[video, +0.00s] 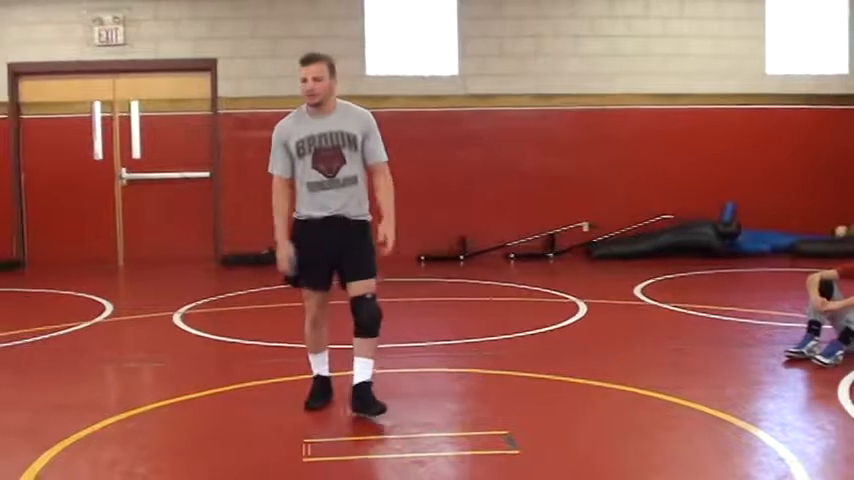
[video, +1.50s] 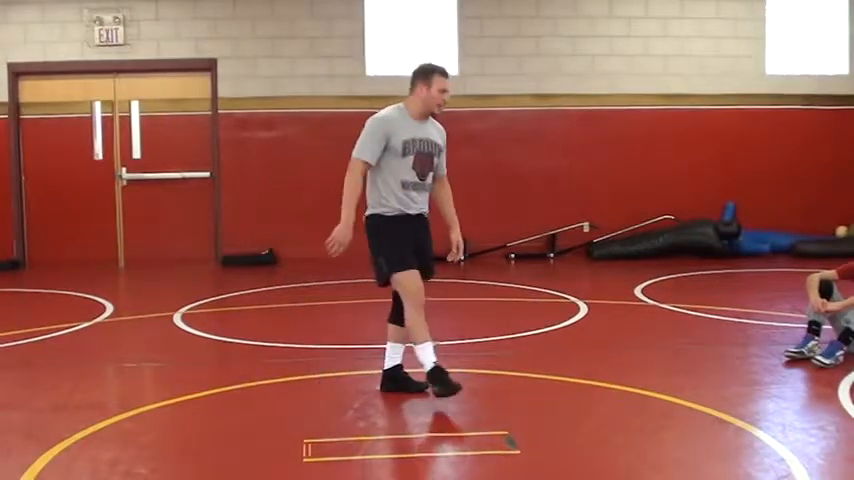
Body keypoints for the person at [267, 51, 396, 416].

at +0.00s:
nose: (310, 86)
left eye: (317, 79)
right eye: (304, 80)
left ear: (333, 82)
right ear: (299, 84)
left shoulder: (361, 120)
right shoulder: (286, 130)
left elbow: (380, 173)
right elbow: (281, 186)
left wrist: (388, 220)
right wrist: (282, 240)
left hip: (355, 226)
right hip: (310, 228)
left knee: (366, 311)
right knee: (314, 309)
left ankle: (362, 388)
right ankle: (321, 380)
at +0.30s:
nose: (301, 91)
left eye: (308, 84)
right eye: (296, 85)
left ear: (328, 85)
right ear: (293, 88)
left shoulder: (359, 119)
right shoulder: (283, 131)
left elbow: (381, 164)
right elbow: (262, 180)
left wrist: (365, 203)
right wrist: (243, 228)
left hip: (355, 223)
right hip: (312, 227)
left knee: (365, 308)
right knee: (317, 306)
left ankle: (355, 382)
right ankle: (321, 380)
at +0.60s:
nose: (335, 89)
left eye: (340, 82)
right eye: (327, 83)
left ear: (347, 84)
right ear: (313, 87)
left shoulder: (367, 121)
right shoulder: (293, 129)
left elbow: (387, 170)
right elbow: (279, 179)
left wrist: (406, 216)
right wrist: (303, 213)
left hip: (362, 222)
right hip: (321, 225)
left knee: (387, 300)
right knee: (321, 304)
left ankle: (387, 372)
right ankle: (322, 380)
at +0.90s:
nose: (385, 89)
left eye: (386, 83)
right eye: (379, 84)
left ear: (372, 87)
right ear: (357, 86)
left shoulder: (389, 123)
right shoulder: (328, 125)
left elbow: (400, 172)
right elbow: (310, 177)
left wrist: (414, 214)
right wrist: (359, 170)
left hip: (383, 221)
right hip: (345, 224)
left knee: (396, 299)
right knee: (336, 303)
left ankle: (392, 371)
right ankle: (325, 379)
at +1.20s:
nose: (422, 94)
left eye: (423, 88)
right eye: (418, 88)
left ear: (407, 88)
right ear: (396, 86)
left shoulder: (417, 128)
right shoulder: (361, 121)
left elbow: (422, 180)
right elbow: (343, 172)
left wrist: (435, 228)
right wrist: (391, 184)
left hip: (403, 222)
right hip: (368, 223)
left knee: (401, 300)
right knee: (364, 302)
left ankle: (392, 371)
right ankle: (347, 375)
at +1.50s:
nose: (445, 99)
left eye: (447, 93)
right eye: (441, 92)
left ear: (433, 93)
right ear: (420, 88)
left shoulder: (437, 132)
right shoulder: (383, 122)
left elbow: (440, 183)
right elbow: (356, 170)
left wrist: (454, 228)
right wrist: (346, 222)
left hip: (418, 221)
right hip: (385, 221)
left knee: (408, 294)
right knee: (413, 292)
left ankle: (392, 370)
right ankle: (433, 368)